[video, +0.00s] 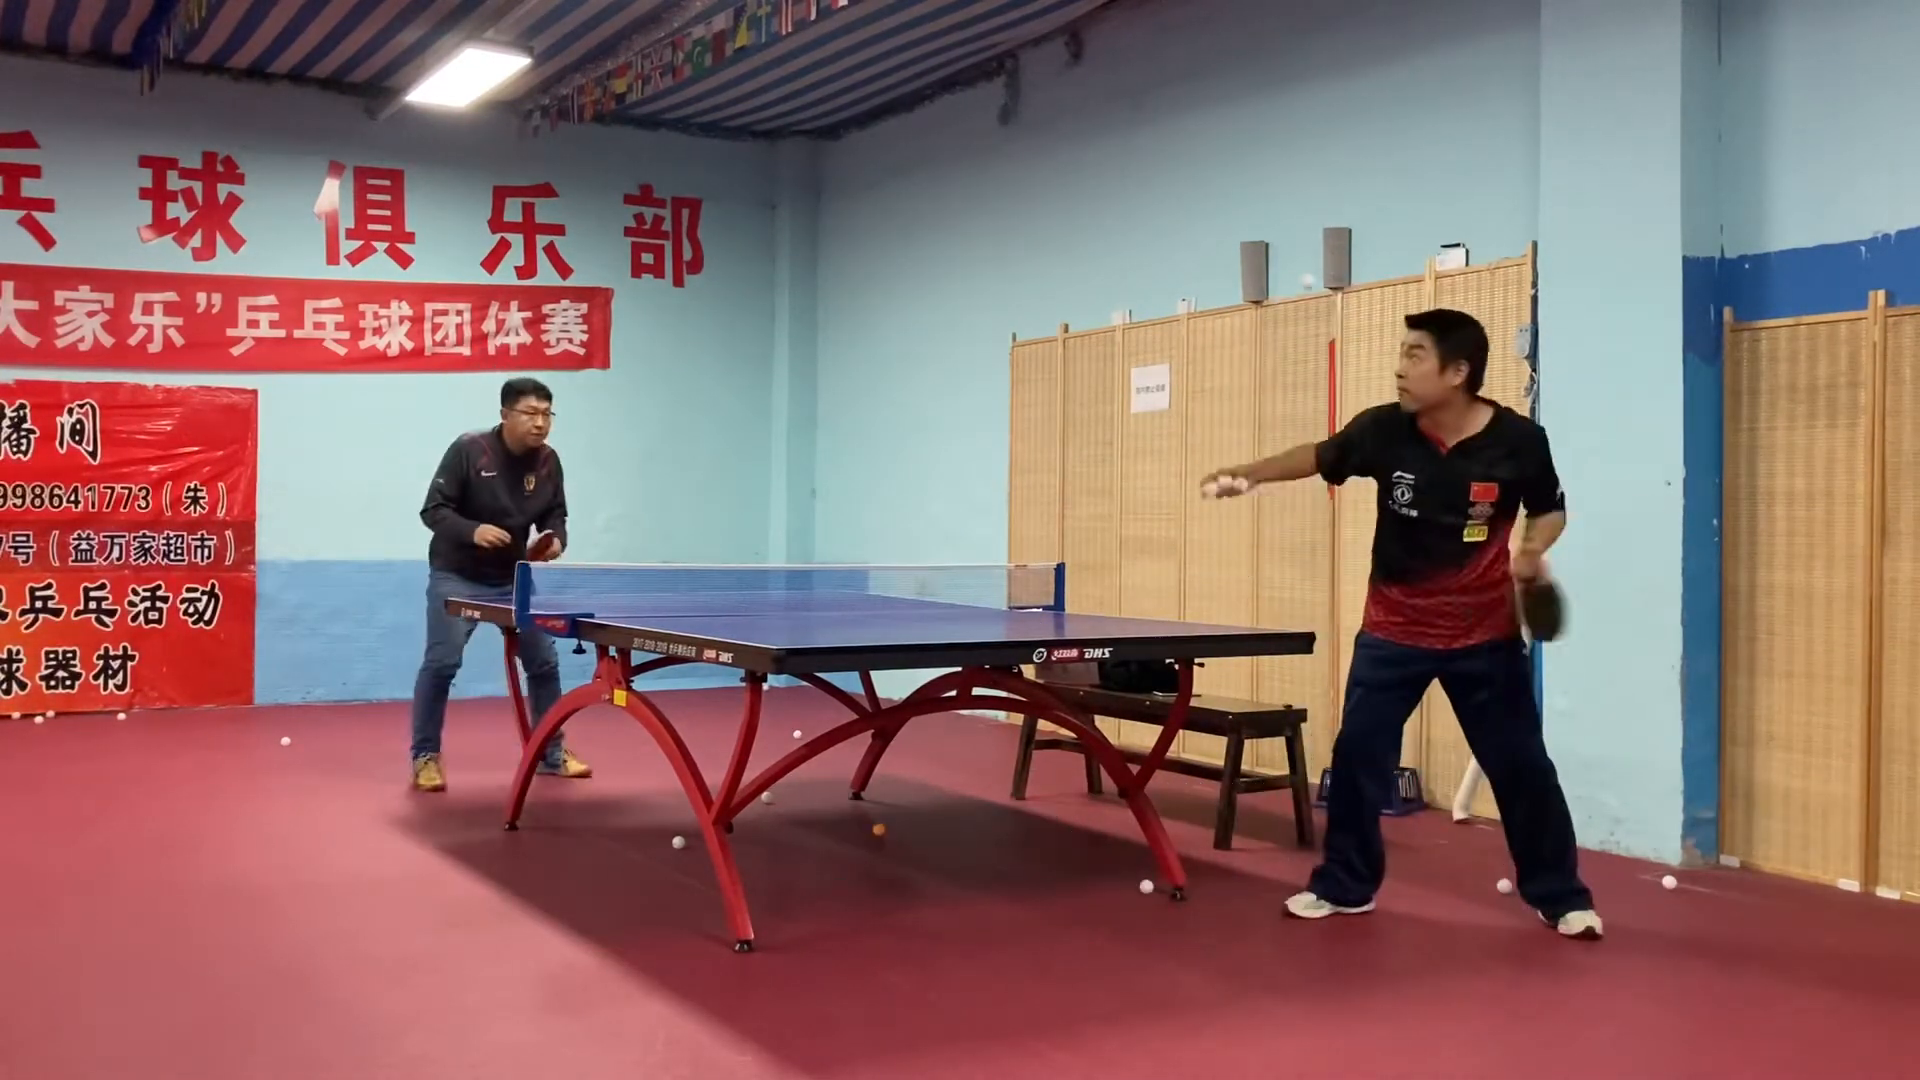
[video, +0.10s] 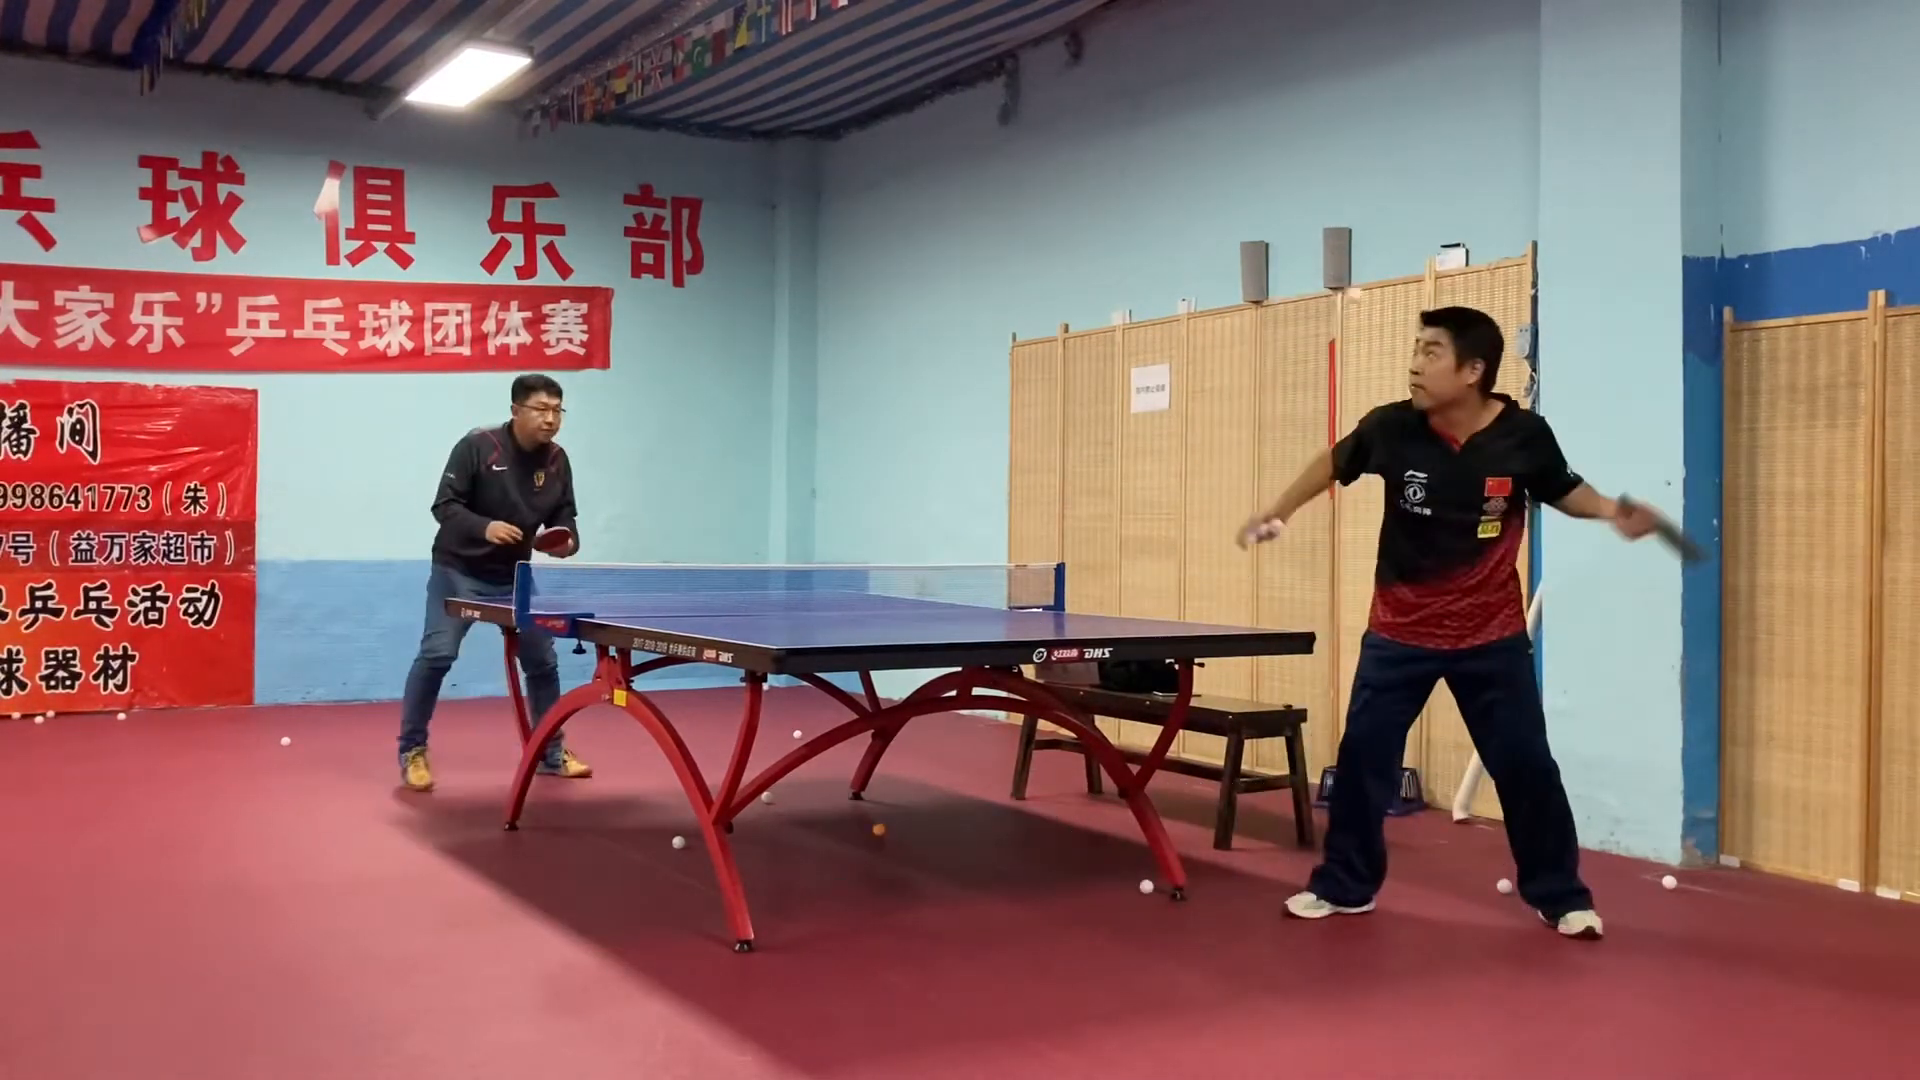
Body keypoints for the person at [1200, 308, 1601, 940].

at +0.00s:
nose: (1400, 368)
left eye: (1416, 356)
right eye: (1401, 355)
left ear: (1459, 371)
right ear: (1412, 367)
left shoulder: (1517, 440)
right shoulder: (1383, 430)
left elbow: (1549, 510)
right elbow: (1320, 456)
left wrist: (1531, 549)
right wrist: (1252, 474)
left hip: (1483, 635)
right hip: (1393, 632)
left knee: (1521, 765)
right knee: (1357, 753)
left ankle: (1561, 896)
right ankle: (1345, 885)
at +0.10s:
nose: (1414, 364)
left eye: (1431, 353)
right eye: (1416, 351)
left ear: (1474, 372)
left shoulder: (1522, 435)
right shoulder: (1390, 428)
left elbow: (1565, 490)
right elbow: (1332, 464)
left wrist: (1613, 511)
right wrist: (1276, 512)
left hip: (1490, 636)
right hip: (1399, 633)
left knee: (1526, 763)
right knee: (1362, 754)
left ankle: (1561, 895)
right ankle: (1345, 884)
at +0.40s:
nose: (1364, 415)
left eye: (1374, 401)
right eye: (1363, 401)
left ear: (1418, 402)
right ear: (1406, 404)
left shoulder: (1492, 442)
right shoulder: (1375, 454)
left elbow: (1589, 459)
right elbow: (1365, 493)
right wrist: (1367, 540)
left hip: (1486, 648)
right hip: (1396, 638)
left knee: (1529, 777)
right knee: (1334, 738)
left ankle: (1563, 894)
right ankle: (1350, 879)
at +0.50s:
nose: (1325, 426)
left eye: (1328, 411)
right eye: (1322, 412)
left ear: (1365, 408)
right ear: (1364, 409)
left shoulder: (1449, 451)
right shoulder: (1367, 464)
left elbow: (1510, 527)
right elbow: (1388, 523)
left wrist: (1413, 521)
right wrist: (1362, 535)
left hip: (1464, 659)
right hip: (1383, 650)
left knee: (1514, 788)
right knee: (1328, 758)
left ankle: (1568, 898)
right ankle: (1333, 901)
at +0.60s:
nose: (1295, 416)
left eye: (1299, 401)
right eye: (1293, 402)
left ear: (1332, 399)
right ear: (1338, 399)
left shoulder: (1413, 457)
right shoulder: (1346, 461)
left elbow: (1457, 551)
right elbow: (1380, 552)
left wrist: (1363, 579)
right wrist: (1347, 598)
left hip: (1436, 662)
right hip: (1367, 651)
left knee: (1463, 792)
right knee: (1313, 755)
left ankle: (1563, 888)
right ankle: (1332, 903)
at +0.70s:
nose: (1282, 404)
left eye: (1286, 389)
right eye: (1281, 389)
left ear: (1317, 388)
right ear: (1325, 387)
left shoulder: (1404, 453)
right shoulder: (1346, 452)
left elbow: (1448, 551)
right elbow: (1380, 548)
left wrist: (1347, 567)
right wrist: (1317, 569)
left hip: (1427, 649)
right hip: (1365, 643)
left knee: (1414, 783)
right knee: (1311, 757)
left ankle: (1524, 898)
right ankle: (1334, 904)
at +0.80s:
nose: (1292, 395)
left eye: (1294, 380)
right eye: (1291, 382)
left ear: (1324, 375)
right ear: (1337, 375)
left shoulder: (1406, 446)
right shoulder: (1346, 447)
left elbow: (1430, 551)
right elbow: (1378, 544)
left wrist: (1334, 550)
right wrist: (1317, 552)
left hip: (1420, 651)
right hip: (1363, 647)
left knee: (1387, 777)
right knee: (1312, 764)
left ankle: (1481, 943)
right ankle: (1333, 903)